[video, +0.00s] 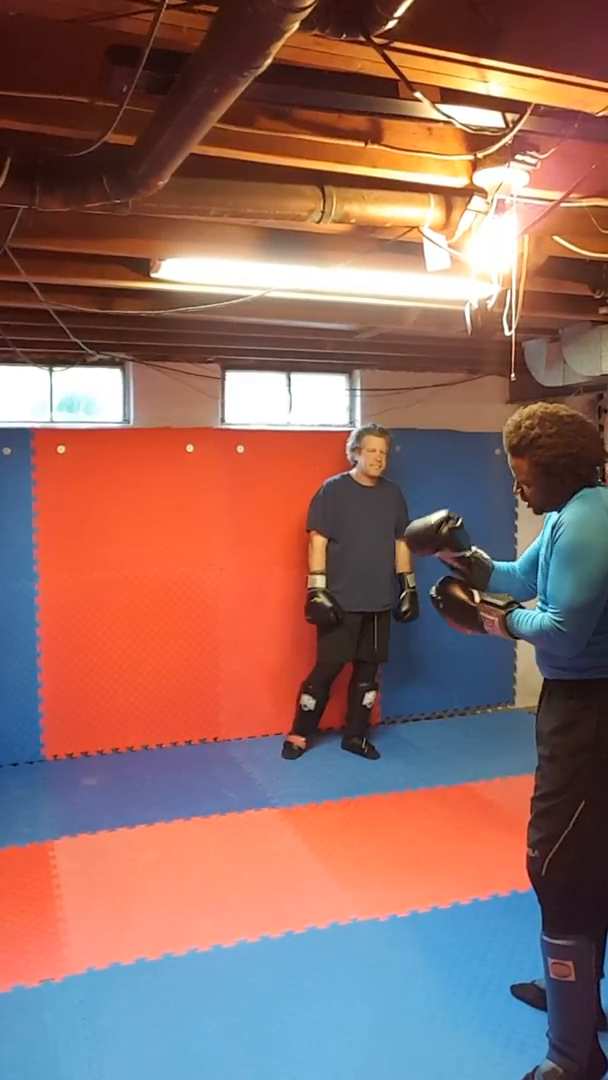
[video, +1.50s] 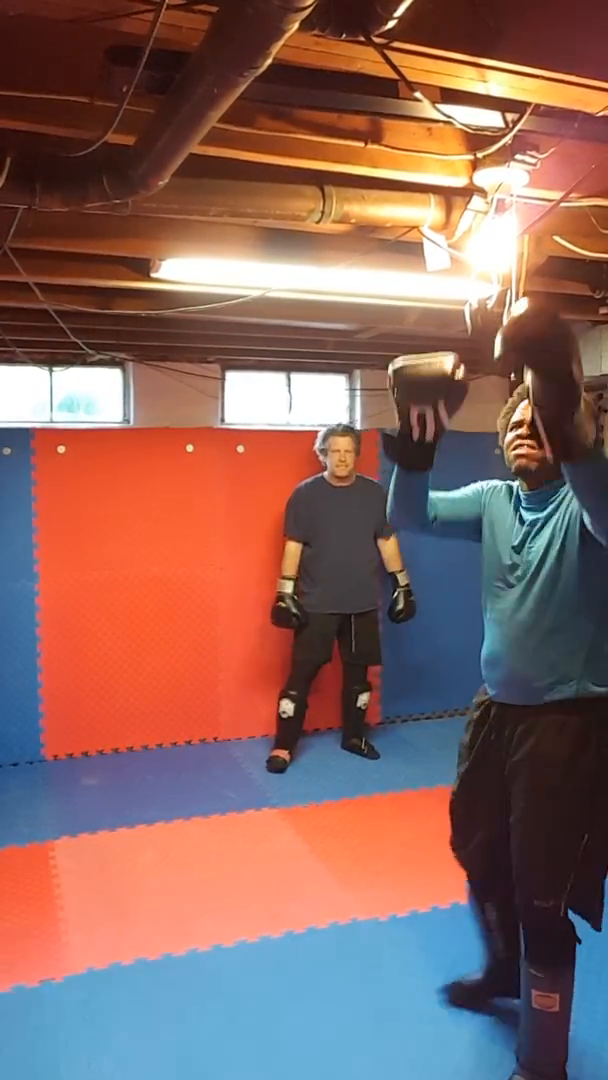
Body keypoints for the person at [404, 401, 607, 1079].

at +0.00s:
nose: (515, 482)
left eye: (521, 470)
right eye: (512, 470)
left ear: (555, 466)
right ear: (556, 466)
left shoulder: (584, 519)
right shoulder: (567, 514)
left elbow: (563, 624)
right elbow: (518, 580)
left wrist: (504, 616)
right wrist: (466, 557)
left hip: (584, 714)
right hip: (572, 705)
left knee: (563, 867)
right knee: (565, 854)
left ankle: (575, 1057)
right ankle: (575, 986)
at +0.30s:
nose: (512, 487)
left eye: (518, 476)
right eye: (510, 476)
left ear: (552, 472)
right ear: (556, 468)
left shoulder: (578, 522)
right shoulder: (569, 512)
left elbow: (561, 629)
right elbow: (522, 585)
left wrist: (497, 613)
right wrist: (481, 546)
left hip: (583, 712)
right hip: (575, 704)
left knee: (561, 867)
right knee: (569, 854)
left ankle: (575, 1056)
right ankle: (574, 985)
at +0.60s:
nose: (527, 453)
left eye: (542, 443)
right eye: (527, 442)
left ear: (580, 454)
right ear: (543, 452)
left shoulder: (583, 512)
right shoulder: (551, 506)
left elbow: (548, 620)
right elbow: (526, 591)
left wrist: (487, 595)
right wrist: (494, 565)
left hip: (586, 707)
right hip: (568, 701)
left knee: (555, 860)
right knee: (570, 850)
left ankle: (578, 1057)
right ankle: (571, 983)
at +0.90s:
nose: (528, 439)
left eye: (544, 430)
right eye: (525, 431)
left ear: (580, 446)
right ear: (524, 446)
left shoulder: (590, 508)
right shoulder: (525, 510)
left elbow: (582, 624)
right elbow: (500, 592)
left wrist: (492, 617)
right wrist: (452, 593)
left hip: (581, 712)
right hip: (547, 708)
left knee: (554, 872)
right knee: (569, 861)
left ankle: (542, 1062)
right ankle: (577, 992)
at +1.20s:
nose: (523, 439)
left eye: (539, 430)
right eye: (519, 431)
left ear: (578, 444)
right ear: (512, 444)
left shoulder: (594, 504)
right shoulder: (506, 510)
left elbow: (602, 597)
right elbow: (455, 572)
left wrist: (537, 588)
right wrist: (435, 524)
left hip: (574, 705)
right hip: (517, 703)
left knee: (539, 871)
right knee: (525, 853)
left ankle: (542, 1063)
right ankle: (572, 980)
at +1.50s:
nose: (524, 439)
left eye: (538, 429)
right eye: (516, 429)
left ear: (566, 441)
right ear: (502, 442)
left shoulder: (589, 503)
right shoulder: (494, 498)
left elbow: (603, 517)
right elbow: (414, 515)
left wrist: (576, 434)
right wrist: (415, 456)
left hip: (570, 717)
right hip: (497, 710)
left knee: (542, 888)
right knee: (477, 843)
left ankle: (546, 1061)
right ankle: (503, 974)